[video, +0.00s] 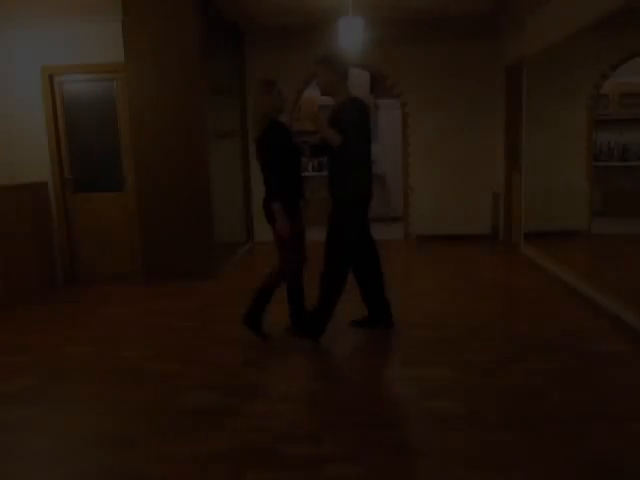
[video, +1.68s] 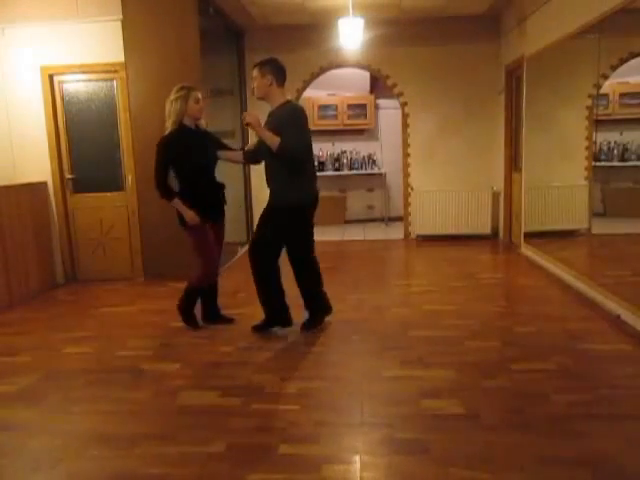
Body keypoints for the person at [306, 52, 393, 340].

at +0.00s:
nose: (319, 84)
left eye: (322, 77)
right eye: (319, 78)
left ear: (334, 76)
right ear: (337, 77)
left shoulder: (352, 108)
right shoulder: (339, 109)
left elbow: (353, 152)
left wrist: (328, 132)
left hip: (351, 193)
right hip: (346, 192)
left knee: (337, 254)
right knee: (362, 251)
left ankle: (318, 320)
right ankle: (379, 311)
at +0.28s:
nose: (299, 79)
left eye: (302, 73)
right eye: (299, 74)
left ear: (316, 74)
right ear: (316, 74)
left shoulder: (328, 108)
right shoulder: (322, 107)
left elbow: (315, 150)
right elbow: (312, 150)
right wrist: (283, 151)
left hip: (322, 196)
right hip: (321, 194)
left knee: (314, 261)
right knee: (333, 252)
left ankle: (309, 329)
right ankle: (370, 304)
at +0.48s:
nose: (285, 77)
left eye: (288, 71)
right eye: (286, 72)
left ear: (301, 72)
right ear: (305, 72)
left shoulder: (316, 108)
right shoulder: (308, 107)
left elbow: (304, 151)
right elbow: (297, 149)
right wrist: (264, 151)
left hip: (309, 195)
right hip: (304, 193)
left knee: (303, 259)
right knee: (306, 256)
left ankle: (306, 330)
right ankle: (340, 306)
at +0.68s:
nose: (273, 77)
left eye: (277, 71)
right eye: (273, 72)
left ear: (292, 72)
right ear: (292, 73)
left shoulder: (304, 107)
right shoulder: (298, 106)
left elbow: (291, 151)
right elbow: (287, 148)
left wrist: (253, 153)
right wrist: (250, 151)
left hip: (302, 198)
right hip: (297, 196)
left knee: (295, 257)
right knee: (292, 255)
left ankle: (305, 328)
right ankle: (298, 315)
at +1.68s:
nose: (253, 86)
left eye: (256, 80)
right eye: (253, 81)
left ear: (271, 81)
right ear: (272, 82)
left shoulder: (291, 112)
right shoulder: (275, 116)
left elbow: (293, 151)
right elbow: (253, 156)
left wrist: (260, 130)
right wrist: (216, 152)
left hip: (292, 198)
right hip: (288, 198)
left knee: (260, 252)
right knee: (301, 254)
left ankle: (277, 314)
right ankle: (318, 307)